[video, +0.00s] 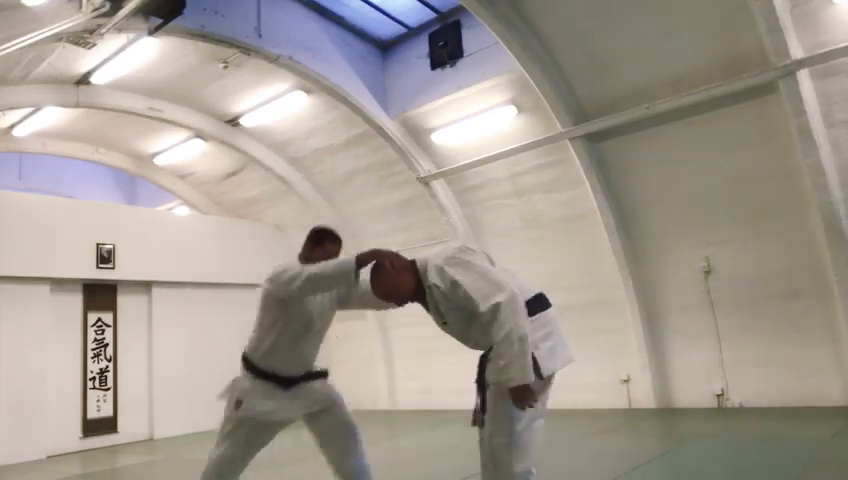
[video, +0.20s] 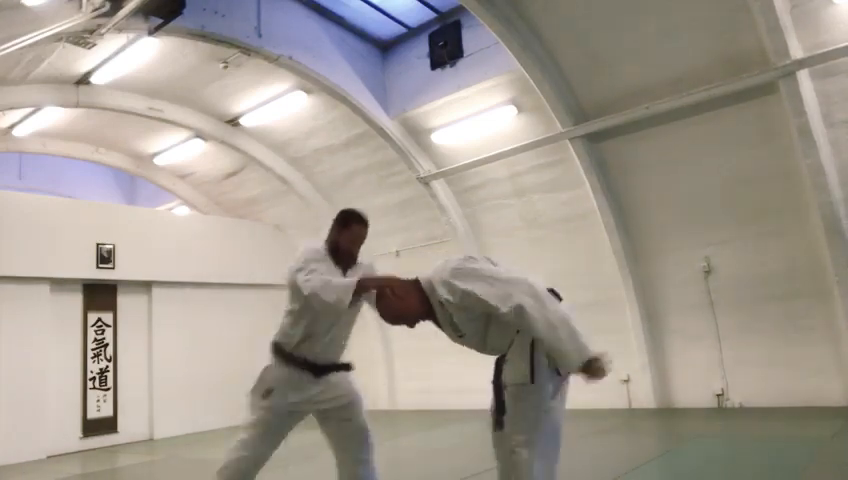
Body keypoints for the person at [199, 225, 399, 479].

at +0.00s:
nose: (328, 263)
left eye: (333, 259)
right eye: (324, 256)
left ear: (337, 258)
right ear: (308, 249)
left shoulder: (335, 289)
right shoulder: (281, 279)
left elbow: (372, 296)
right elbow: (315, 277)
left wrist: (405, 290)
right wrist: (368, 257)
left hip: (309, 387)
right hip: (261, 388)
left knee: (350, 459)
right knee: (221, 468)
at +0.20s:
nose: (357, 247)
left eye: (361, 241)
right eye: (353, 239)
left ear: (364, 241)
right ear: (336, 233)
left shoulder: (362, 271)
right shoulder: (310, 259)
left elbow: (383, 301)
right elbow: (325, 291)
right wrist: (370, 284)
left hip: (331, 379)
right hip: (289, 376)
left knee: (357, 450)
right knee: (251, 454)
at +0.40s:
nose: (366, 229)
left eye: (369, 223)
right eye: (362, 222)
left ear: (370, 221)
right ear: (343, 216)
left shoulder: (375, 252)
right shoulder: (318, 248)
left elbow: (397, 280)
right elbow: (320, 289)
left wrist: (408, 301)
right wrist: (369, 294)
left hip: (367, 347)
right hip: (332, 344)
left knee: (374, 429)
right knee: (364, 393)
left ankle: (366, 475)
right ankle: (325, 450)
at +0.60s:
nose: (376, 226)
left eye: (379, 220)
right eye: (372, 219)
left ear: (381, 219)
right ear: (352, 214)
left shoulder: (382, 250)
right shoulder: (329, 244)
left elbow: (407, 276)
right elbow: (334, 281)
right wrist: (384, 279)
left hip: (382, 337)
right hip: (351, 339)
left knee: (390, 420)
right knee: (413, 374)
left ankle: (387, 472)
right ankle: (389, 471)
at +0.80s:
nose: (389, 229)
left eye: (392, 223)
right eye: (385, 221)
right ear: (365, 215)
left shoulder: (380, 256)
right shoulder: (344, 238)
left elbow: (409, 285)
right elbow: (354, 264)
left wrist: (438, 278)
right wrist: (413, 256)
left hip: (376, 355)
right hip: (351, 354)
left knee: (398, 441)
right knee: (383, 445)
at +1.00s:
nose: (388, 223)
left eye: (391, 216)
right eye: (386, 214)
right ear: (365, 205)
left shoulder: (381, 242)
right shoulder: (340, 235)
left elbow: (413, 270)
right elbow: (384, 261)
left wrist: (459, 283)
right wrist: (442, 265)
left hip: (344, 346)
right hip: (323, 343)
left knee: (334, 435)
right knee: (359, 420)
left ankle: (308, 474)